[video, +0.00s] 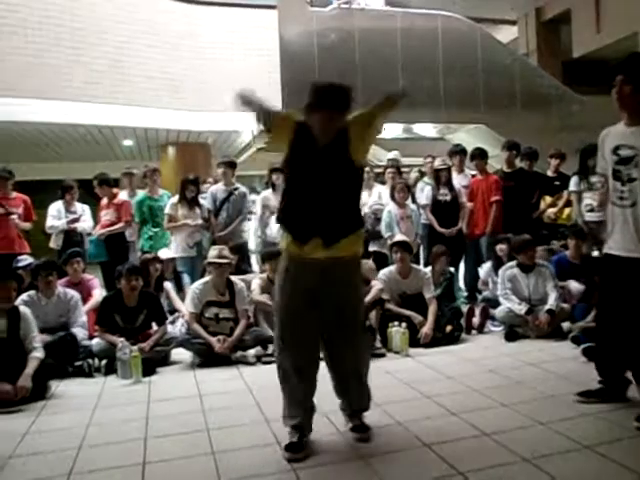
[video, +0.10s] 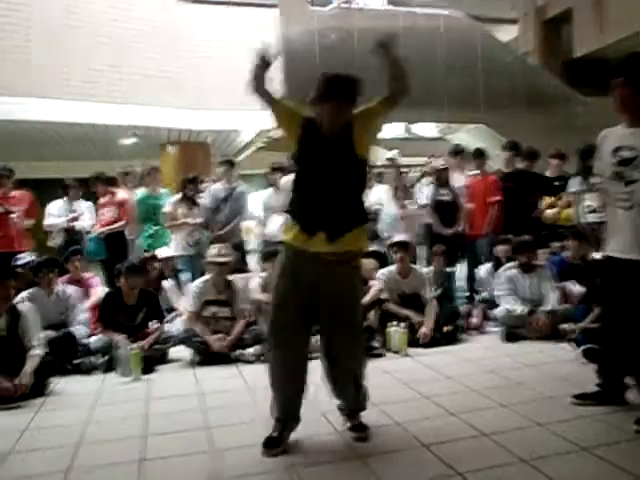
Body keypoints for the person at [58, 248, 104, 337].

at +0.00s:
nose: (75, 267)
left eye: (78, 263)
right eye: (71, 264)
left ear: (83, 265)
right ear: (65, 268)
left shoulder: (91, 281)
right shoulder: (60, 285)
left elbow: (98, 297)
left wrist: (82, 311)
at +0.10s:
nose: (76, 265)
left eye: (78, 261)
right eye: (72, 262)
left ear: (82, 262)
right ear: (66, 266)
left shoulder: (92, 279)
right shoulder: (62, 282)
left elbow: (97, 296)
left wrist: (82, 308)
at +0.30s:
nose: (74, 256)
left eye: (77, 252)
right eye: (70, 253)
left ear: (82, 255)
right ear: (64, 257)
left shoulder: (90, 271)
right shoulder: (59, 274)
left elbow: (96, 286)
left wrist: (81, 301)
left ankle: (89, 323)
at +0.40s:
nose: (72, 257)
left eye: (75, 252)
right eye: (68, 254)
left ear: (80, 255)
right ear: (63, 258)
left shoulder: (88, 271)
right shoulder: (57, 274)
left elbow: (94, 287)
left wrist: (78, 300)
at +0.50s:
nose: (66, 256)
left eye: (69, 251)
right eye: (62, 253)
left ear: (75, 254)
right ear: (57, 257)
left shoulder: (83, 270)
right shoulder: (51, 273)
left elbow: (89, 286)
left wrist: (72, 300)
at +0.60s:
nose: (61, 256)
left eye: (64, 252)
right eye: (57, 254)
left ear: (69, 254)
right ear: (52, 258)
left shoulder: (78, 270)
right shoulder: (47, 274)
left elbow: (84, 286)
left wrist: (68, 301)